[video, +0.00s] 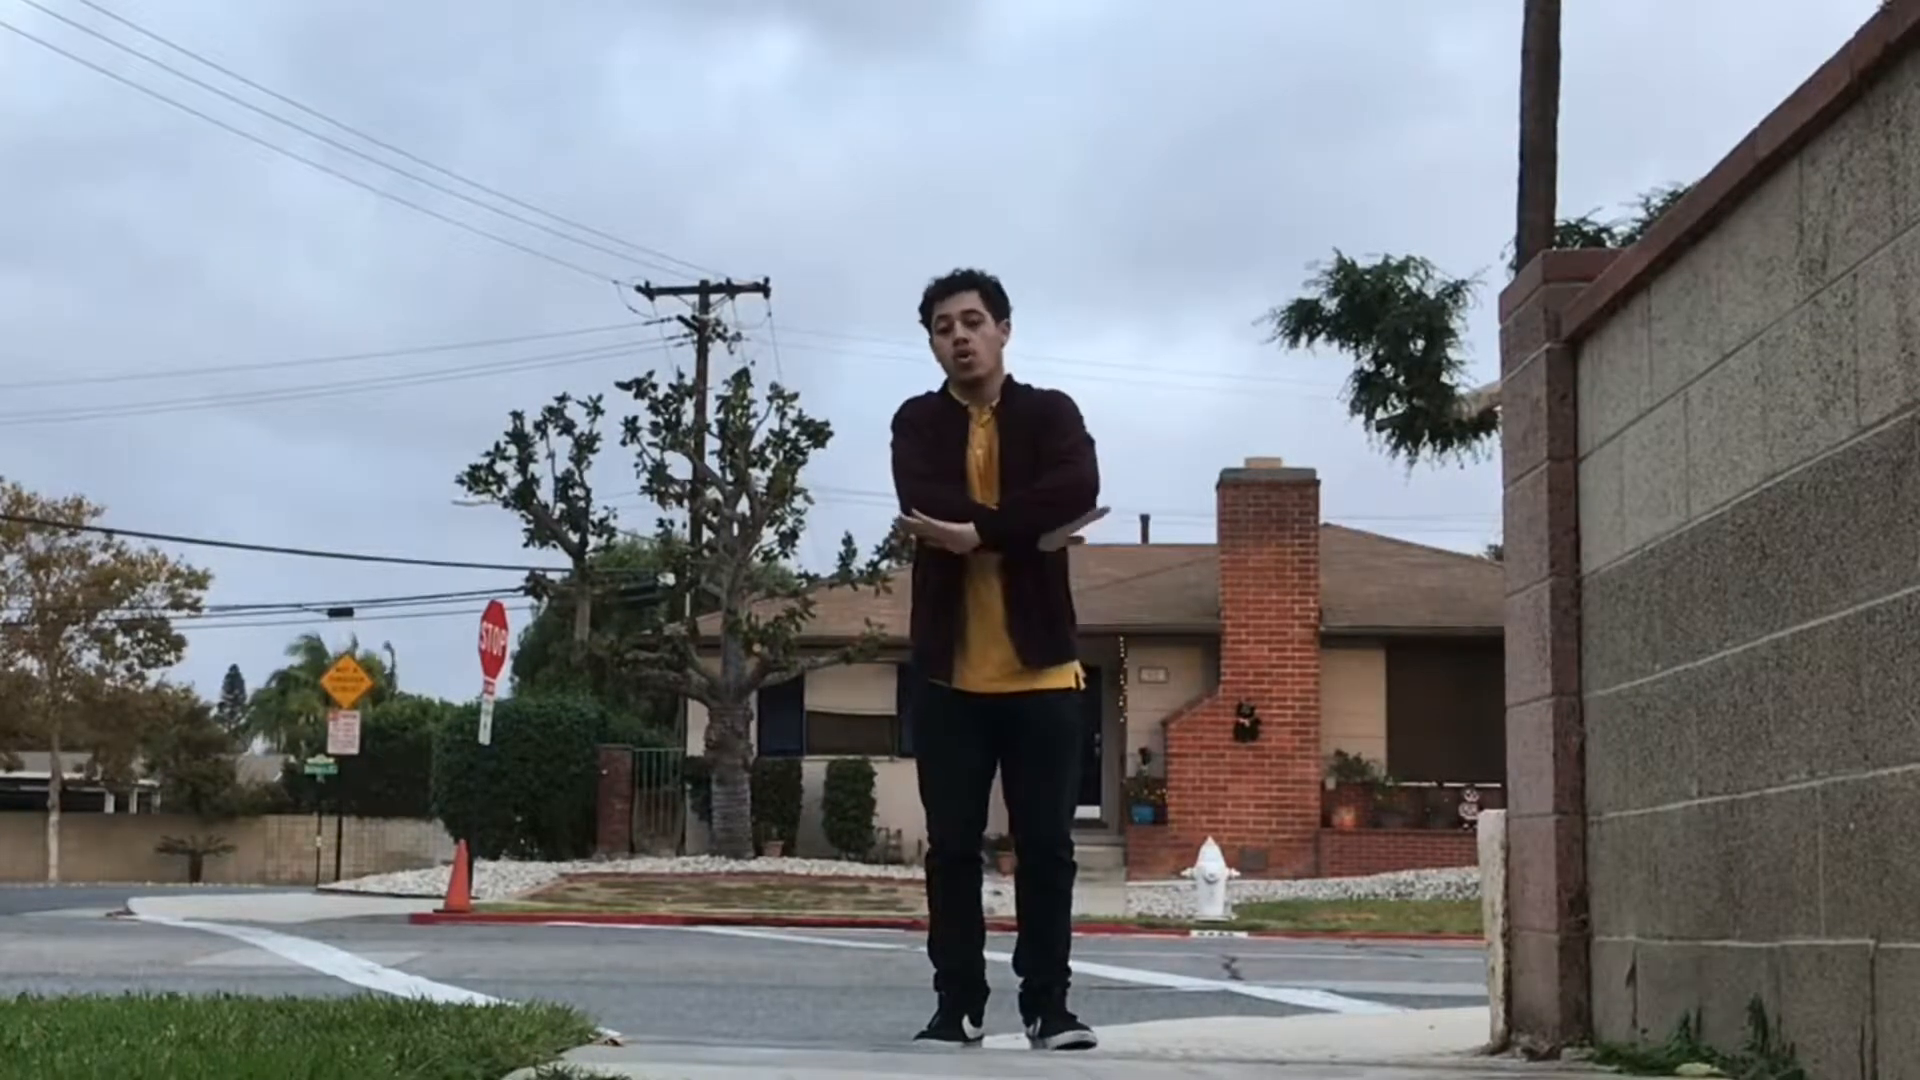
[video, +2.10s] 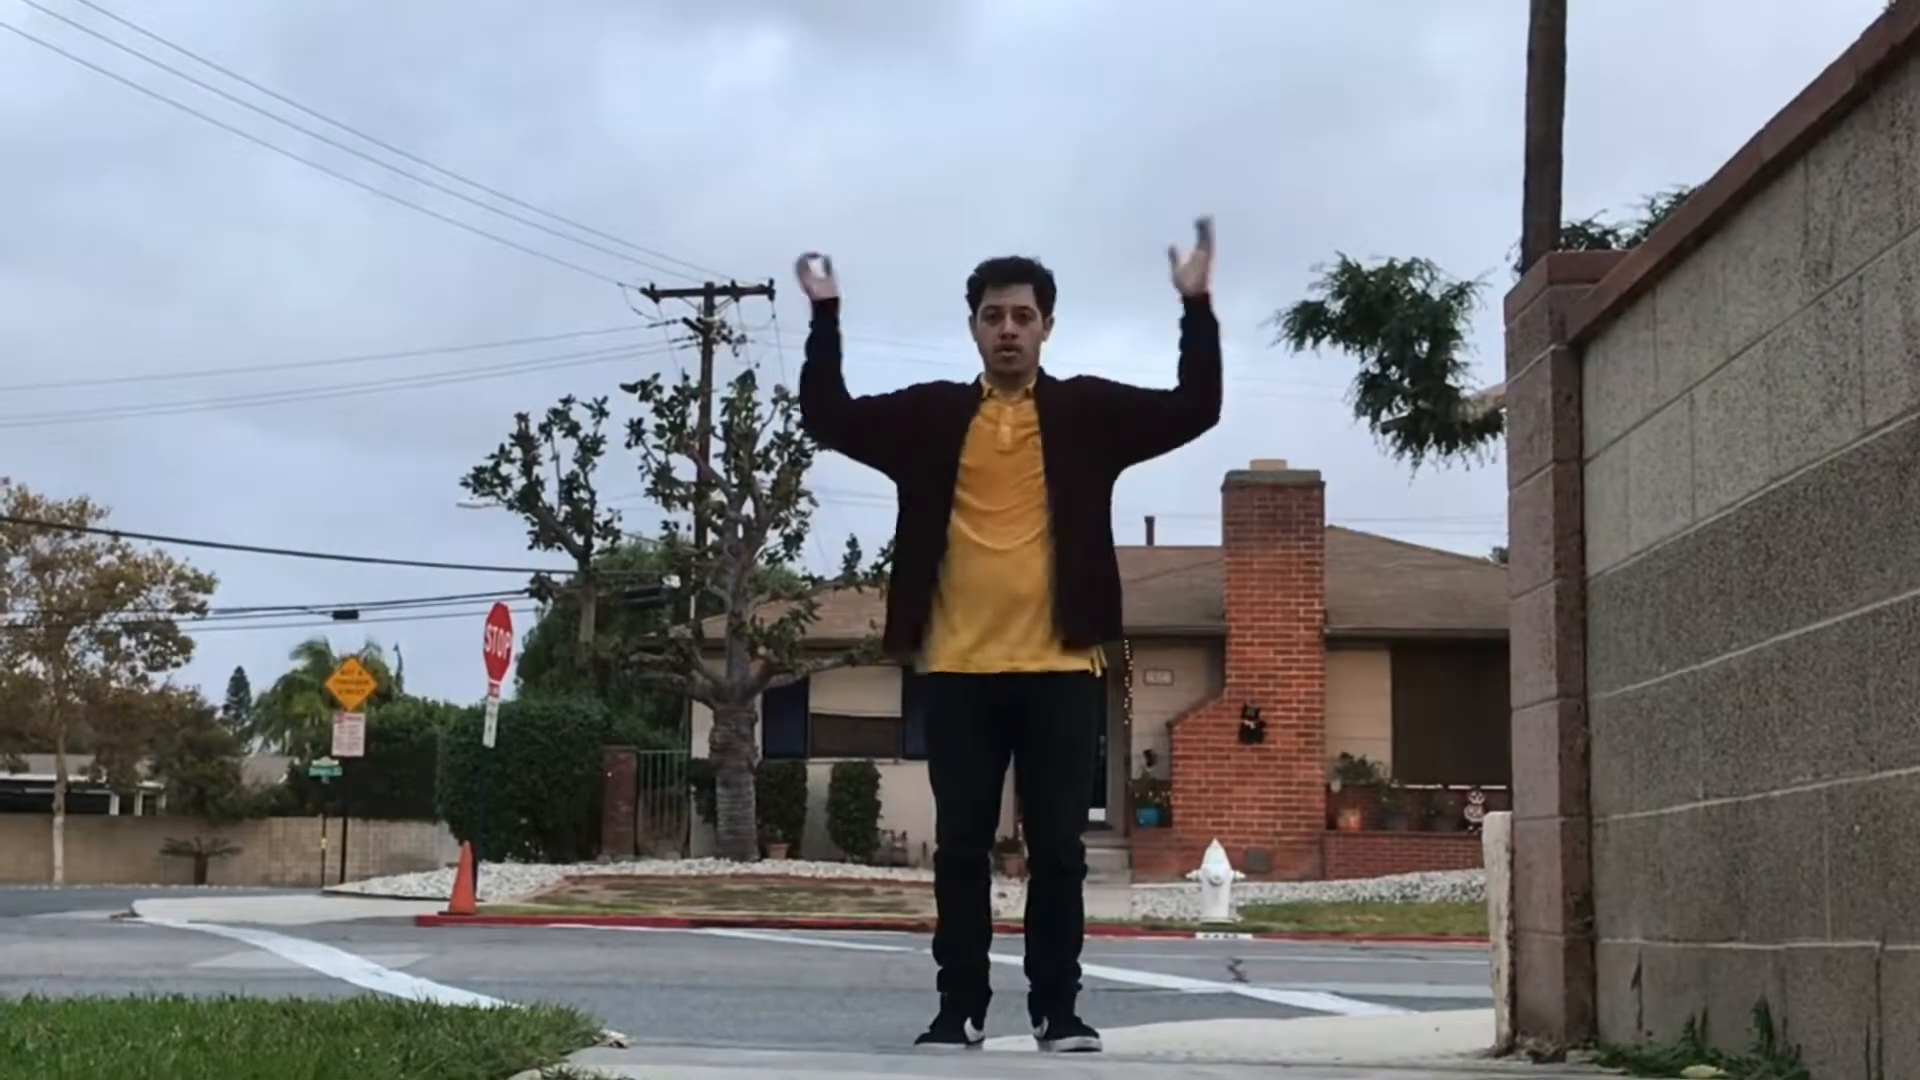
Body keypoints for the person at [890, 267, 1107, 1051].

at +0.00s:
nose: (959, 336)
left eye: (972, 321)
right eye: (945, 327)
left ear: (1003, 331)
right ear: (931, 345)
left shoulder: (1051, 410)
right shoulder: (918, 420)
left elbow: (1078, 488)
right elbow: (926, 508)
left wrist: (975, 530)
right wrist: (1035, 529)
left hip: (1042, 675)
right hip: (949, 676)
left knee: (1047, 850)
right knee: (952, 850)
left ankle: (1048, 1009)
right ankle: (957, 1008)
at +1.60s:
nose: (1010, 326)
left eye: (1025, 313)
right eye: (996, 313)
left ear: (1048, 328)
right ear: (976, 328)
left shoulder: (1086, 418)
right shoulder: (941, 418)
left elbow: (1079, 518)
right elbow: (940, 521)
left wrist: (1022, 582)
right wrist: (987, 589)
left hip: (1058, 675)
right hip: (960, 672)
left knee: (1061, 848)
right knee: (956, 847)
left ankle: (1054, 1008)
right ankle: (958, 1010)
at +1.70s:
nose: (1011, 319)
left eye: (1025, 308)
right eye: (997, 308)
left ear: (1049, 325)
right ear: (975, 325)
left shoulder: (1087, 420)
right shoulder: (937, 424)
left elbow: (1111, 528)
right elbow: (908, 527)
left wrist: (1129, 620)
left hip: (1061, 673)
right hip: (962, 676)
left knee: (1058, 849)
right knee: (958, 848)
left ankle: (1055, 1010)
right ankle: (958, 1010)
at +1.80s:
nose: (1009, 320)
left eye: (1024, 308)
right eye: (995, 308)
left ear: (1047, 324)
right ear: (975, 324)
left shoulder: (1089, 416)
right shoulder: (932, 417)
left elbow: (1177, 487)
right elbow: (836, 474)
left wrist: (1276, 533)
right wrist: (747, 520)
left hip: (1061, 674)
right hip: (962, 674)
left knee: (1059, 850)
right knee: (960, 849)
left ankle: (1058, 1012)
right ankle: (959, 1013)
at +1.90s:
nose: (1008, 319)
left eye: (1023, 307)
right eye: (995, 307)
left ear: (1048, 323)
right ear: (972, 321)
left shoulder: (1094, 407)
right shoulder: (923, 409)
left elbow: (1210, 420)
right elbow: (818, 416)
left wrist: (1322, 393)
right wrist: (725, 392)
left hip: (1060, 670)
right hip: (958, 668)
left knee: (1058, 846)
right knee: (961, 842)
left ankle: (1055, 1013)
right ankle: (960, 1012)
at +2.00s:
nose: (1007, 325)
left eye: (1023, 312)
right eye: (993, 312)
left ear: (1047, 324)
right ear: (973, 325)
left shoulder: (1093, 406)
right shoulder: (929, 409)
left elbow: (1205, 404)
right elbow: (826, 413)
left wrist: (1276, 314)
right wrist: (756, 325)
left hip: (1061, 668)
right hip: (959, 666)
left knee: (1058, 849)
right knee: (961, 846)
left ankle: (1058, 1013)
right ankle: (960, 1013)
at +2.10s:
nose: (1008, 328)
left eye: (1023, 315)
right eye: (993, 315)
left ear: (1047, 325)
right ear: (973, 326)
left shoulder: (1089, 411)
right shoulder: (928, 414)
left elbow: (1196, 407)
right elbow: (827, 414)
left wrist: (1197, 303)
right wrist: (824, 317)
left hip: (1061, 669)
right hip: (958, 670)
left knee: (1058, 848)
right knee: (961, 848)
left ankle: (1058, 1015)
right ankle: (959, 1016)